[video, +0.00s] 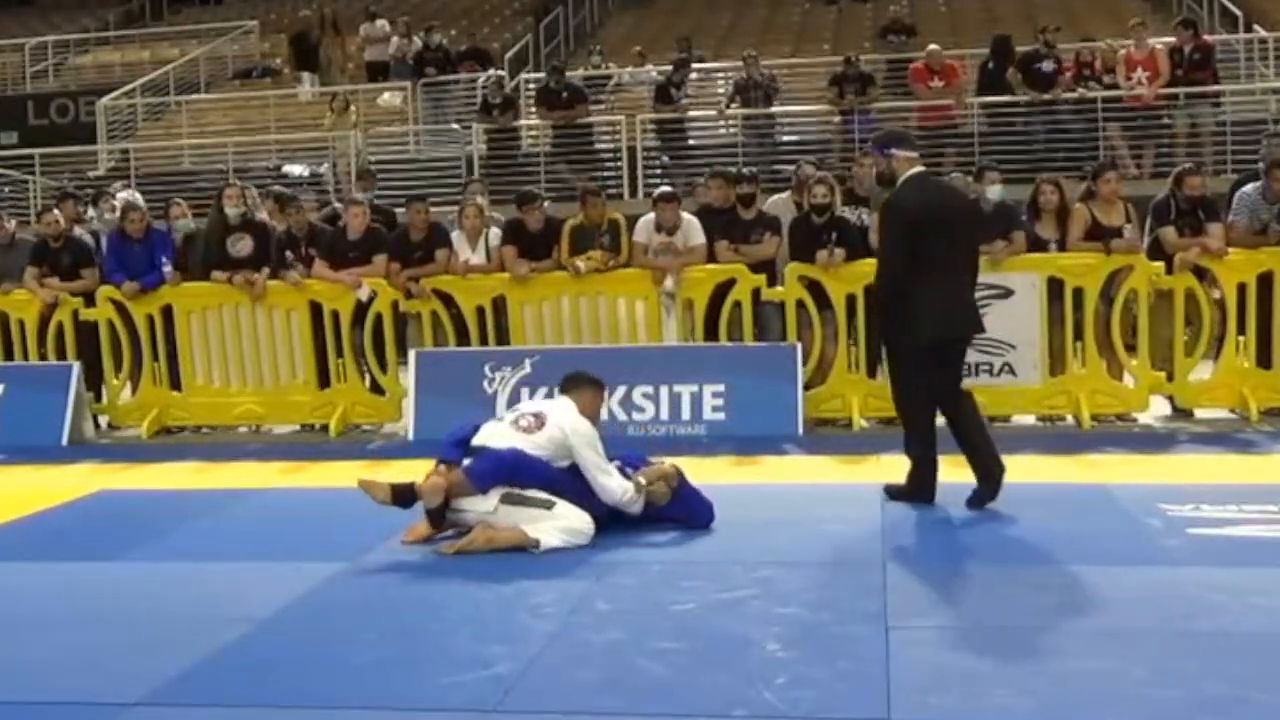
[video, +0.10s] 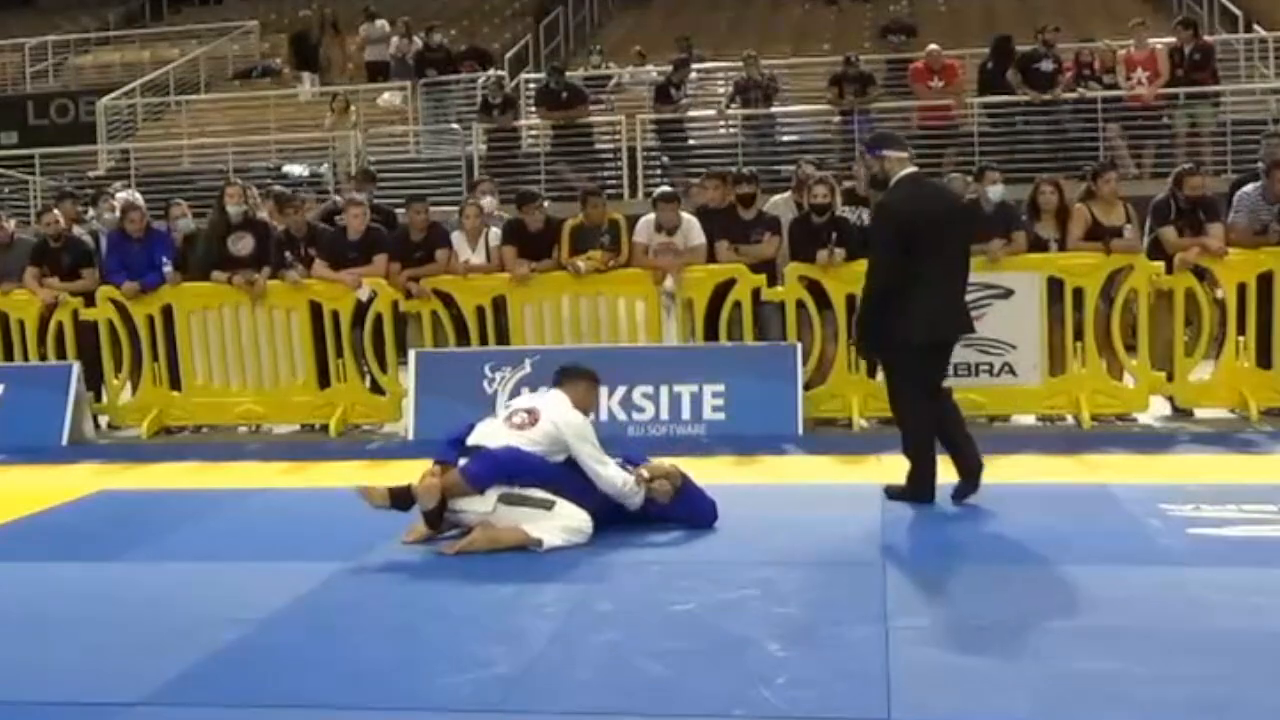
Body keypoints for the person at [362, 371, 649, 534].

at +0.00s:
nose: (601, 412)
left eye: (601, 404)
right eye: (600, 404)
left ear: (564, 392)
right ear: (586, 398)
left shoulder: (526, 409)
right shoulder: (577, 423)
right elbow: (610, 489)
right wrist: (637, 492)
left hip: (455, 491)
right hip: (485, 497)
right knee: (580, 524)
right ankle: (493, 537)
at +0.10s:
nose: (596, 406)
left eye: (597, 398)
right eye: (594, 398)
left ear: (560, 388)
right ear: (579, 391)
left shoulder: (525, 403)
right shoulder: (571, 417)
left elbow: (479, 437)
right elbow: (605, 474)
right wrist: (639, 493)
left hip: (453, 488)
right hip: (485, 493)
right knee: (577, 523)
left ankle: (437, 518)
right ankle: (494, 538)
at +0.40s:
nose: (595, 398)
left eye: (595, 389)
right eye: (592, 389)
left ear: (557, 384)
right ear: (576, 388)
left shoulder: (521, 400)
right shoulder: (568, 423)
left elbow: (472, 445)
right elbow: (595, 492)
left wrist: (610, 471)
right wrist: (631, 488)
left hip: (454, 490)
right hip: (482, 498)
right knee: (578, 523)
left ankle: (438, 523)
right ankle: (495, 537)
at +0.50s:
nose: (592, 405)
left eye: (594, 397)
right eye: (592, 396)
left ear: (558, 386)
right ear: (579, 391)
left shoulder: (520, 404)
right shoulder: (569, 425)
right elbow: (594, 494)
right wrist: (626, 488)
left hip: (451, 490)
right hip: (484, 499)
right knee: (578, 521)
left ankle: (438, 519)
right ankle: (494, 537)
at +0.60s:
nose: (594, 404)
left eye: (595, 396)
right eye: (593, 395)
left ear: (561, 386)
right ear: (581, 391)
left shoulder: (525, 403)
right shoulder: (572, 424)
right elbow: (594, 494)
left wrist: (598, 472)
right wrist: (625, 491)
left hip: (449, 487)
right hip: (478, 497)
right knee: (580, 522)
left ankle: (435, 520)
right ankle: (495, 535)